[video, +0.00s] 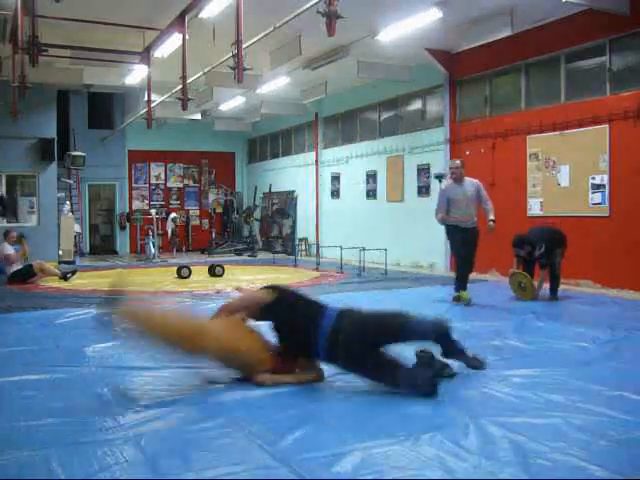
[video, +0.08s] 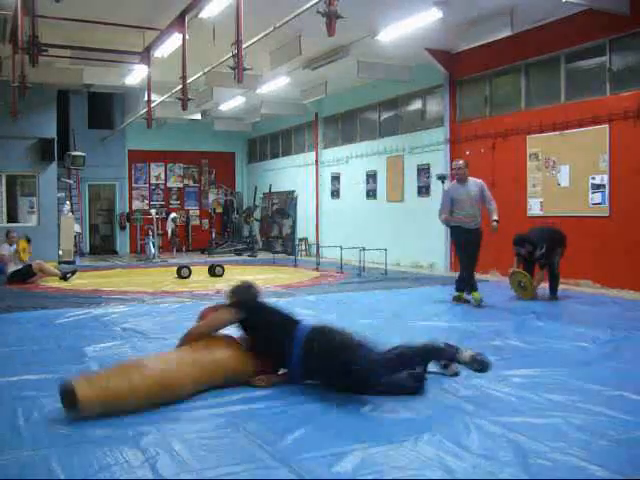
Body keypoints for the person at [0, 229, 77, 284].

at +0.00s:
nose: (14, 239)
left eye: (14, 237)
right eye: (11, 237)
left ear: (14, 238)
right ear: (7, 238)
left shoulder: (11, 247)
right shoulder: (5, 246)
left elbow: (23, 259)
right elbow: (11, 260)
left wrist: (24, 250)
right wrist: (21, 253)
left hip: (18, 273)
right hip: (13, 275)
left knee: (41, 265)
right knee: (39, 265)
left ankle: (62, 274)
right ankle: (62, 275)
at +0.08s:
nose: (14, 240)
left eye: (15, 237)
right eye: (11, 238)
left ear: (16, 238)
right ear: (7, 239)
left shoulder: (16, 247)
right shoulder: (4, 247)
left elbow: (23, 261)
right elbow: (6, 260)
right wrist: (14, 249)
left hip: (20, 271)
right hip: (12, 274)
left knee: (39, 264)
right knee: (38, 265)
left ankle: (61, 274)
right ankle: (61, 275)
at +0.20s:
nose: (14, 240)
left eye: (15, 238)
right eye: (12, 238)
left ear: (16, 238)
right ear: (8, 239)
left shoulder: (17, 248)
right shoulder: (5, 247)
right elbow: (3, 260)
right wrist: (9, 253)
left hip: (20, 272)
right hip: (12, 275)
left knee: (40, 264)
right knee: (38, 265)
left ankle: (61, 274)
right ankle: (61, 275)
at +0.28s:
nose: (16, 240)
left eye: (17, 238)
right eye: (14, 238)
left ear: (18, 238)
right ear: (10, 239)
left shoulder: (20, 247)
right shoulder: (5, 247)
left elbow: (26, 260)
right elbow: (2, 259)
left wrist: (29, 254)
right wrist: (8, 253)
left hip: (21, 272)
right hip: (12, 275)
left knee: (40, 264)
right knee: (38, 265)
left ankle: (61, 274)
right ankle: (61, 275)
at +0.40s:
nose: (17, 240)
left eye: (18, 238)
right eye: (15, 238)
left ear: (20, 238)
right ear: (10, 238)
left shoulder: (20, 247)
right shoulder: (6, 247)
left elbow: (26, 259)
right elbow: (2, 259)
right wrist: (10, 254)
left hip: (23, 272)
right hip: (13, 275)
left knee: (40, 264)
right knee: (39, 264)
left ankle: (62, 274)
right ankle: (61, 275)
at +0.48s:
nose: (19, 240)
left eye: (19, 238)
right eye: (16, 238)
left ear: (20, 237)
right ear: (11, 238)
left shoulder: (20, 246)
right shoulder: (6, 246)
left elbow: (25, 259)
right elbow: (3, 257)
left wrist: (34, 253)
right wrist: (15, 256)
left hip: (23, 272)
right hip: (13, 275)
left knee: (42, 263)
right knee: (38, 264)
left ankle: (62, 274)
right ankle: (62, 276)